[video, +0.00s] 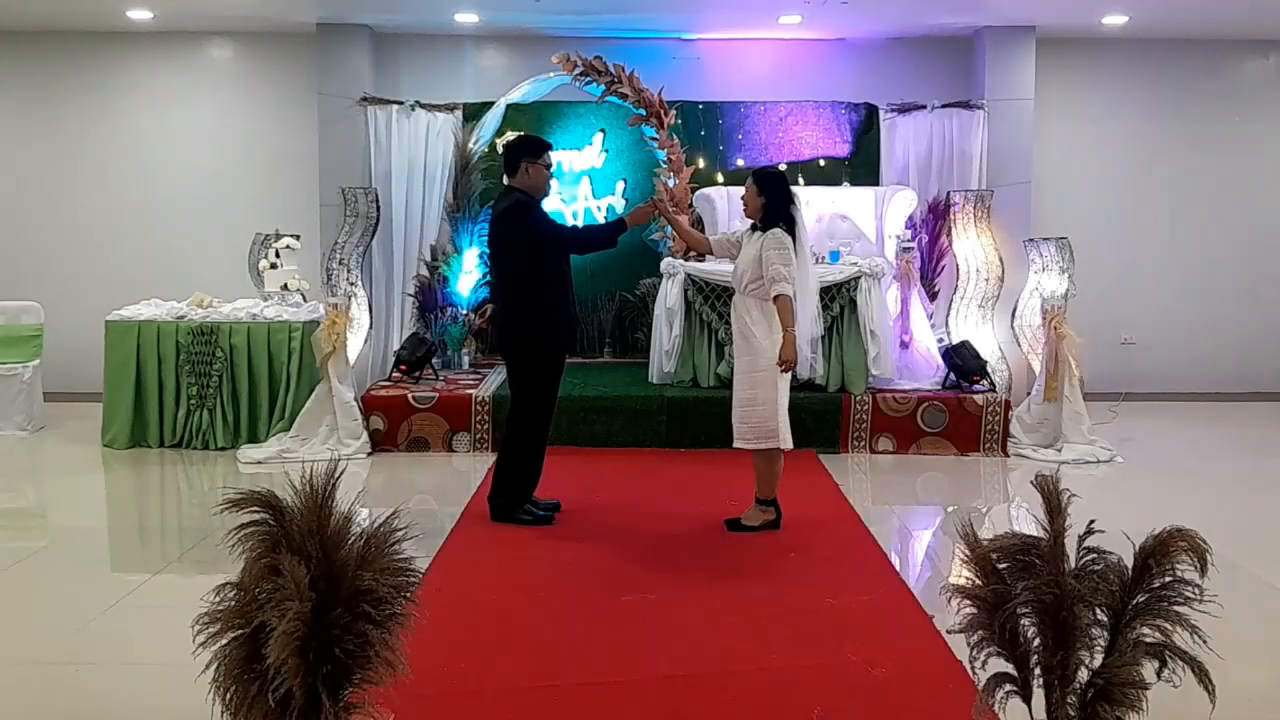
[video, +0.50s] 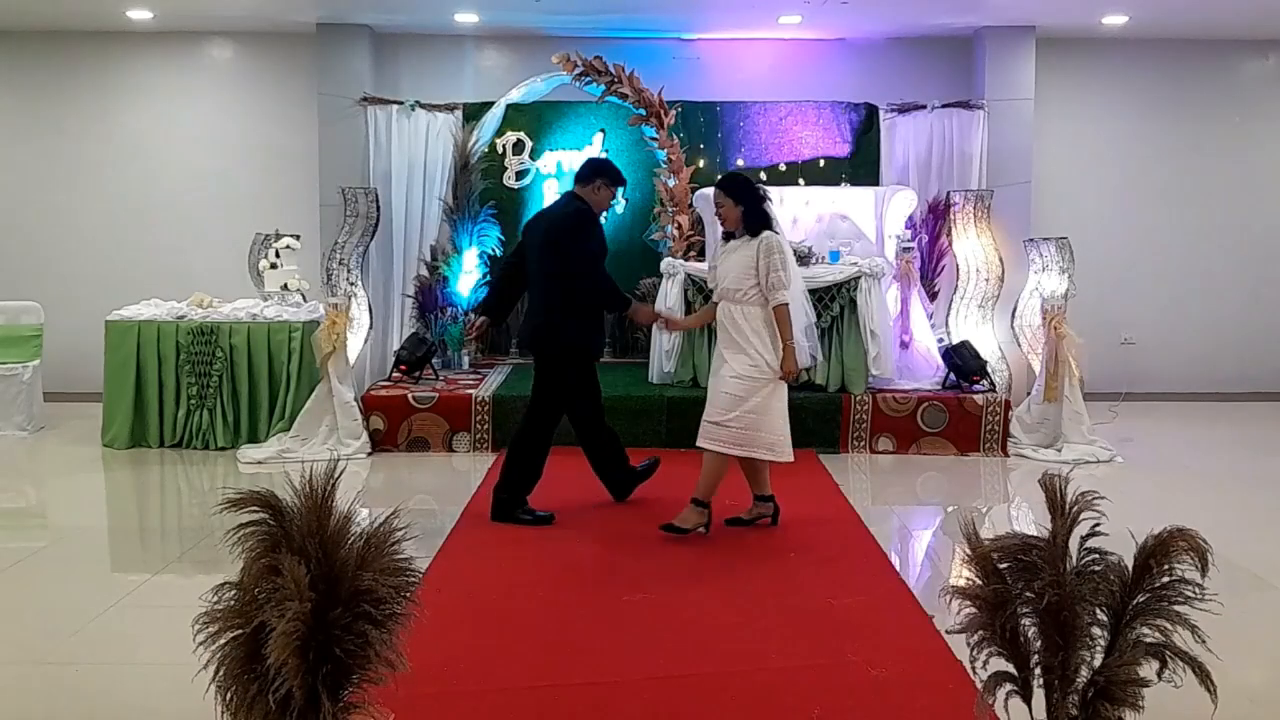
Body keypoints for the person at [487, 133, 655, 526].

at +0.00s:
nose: (551, 176)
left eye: (550, 169)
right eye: (546, 169)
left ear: (523, 171)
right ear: (524, 170)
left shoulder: (517, 209)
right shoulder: (518, 211)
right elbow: (568, 241)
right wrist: (626, 222)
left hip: (534, 329)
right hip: (533, 331)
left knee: (532, 416)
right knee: (529, 417)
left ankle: (519, 494)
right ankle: (507, 503)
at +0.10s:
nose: (557, 180)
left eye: (557, 172)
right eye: (553, 172)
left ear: (530, 173)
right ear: (533, 172)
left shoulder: (521, 210)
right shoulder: (521, 212)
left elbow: (569, 245)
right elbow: (572, 247)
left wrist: (621, 233)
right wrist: (627, 230)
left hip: (535, 330)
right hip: (533, 333)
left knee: (549, 406)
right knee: (539, 409)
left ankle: (524, 490)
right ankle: (507, 501)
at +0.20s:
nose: (567, 186)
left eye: (568, 179)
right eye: (564, 178)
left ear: (540, 175)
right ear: (546, 175)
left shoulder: (523, 209)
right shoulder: (531, 212)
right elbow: (574, 254)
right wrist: (630, 239)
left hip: (539, 330)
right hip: (538, 333)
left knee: (570, 401)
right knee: (541, 410)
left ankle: (542, 482)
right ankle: (507, 501)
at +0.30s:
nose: (581, 190)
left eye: (582, 183)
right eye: (579, 182)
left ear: (553, 177)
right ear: (563, 177)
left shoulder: (525, 211)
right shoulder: (545, 213)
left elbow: (500, 273)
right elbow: (582, 261)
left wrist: (492, 322)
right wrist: (634, 252)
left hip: (538, 332)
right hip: (547, 335)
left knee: (582, 399)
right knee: (536, 414)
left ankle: (578, 485)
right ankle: (508, 502)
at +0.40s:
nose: (594, 198)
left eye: (596, 191)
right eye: (594, 190)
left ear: (565, 181)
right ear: (579, 182)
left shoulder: (529, 216)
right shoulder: (565, 216)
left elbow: (504, 271)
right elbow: (585, 269)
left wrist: (488, 320)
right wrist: (634, 277)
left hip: (539, 332)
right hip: (557, 335)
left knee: (582, 404)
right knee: (537, 417)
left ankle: (606, 479)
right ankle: (508, 502)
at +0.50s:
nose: (611, 202)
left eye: (613, 195)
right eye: (610, 193)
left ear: (581, 185)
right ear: (594, 186)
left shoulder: (544, 219)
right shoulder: (583, 220)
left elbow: (515, 269)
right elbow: (593, 276)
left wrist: (489, 312)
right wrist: (630, 307)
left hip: (550, 334)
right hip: (569, 337)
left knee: (587, 411)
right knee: (541, 418)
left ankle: (620, 478)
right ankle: (508, 503)